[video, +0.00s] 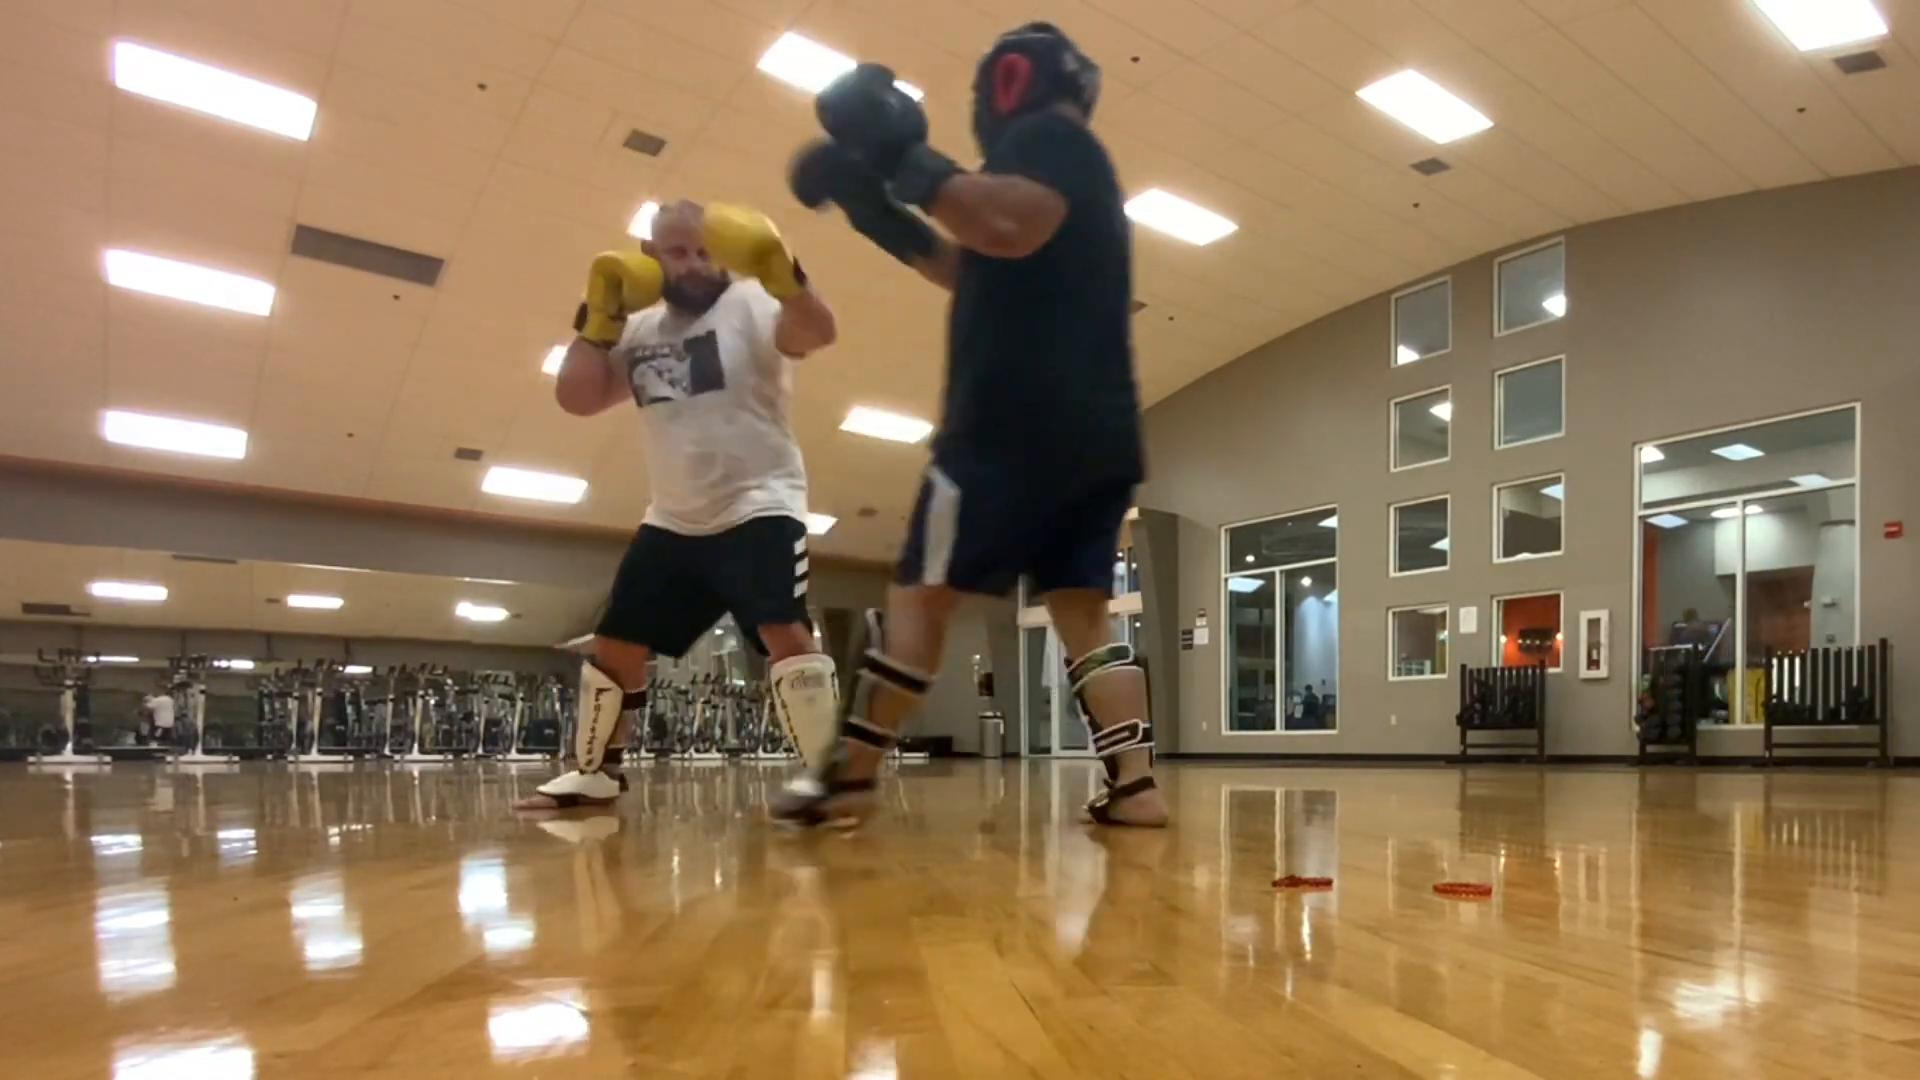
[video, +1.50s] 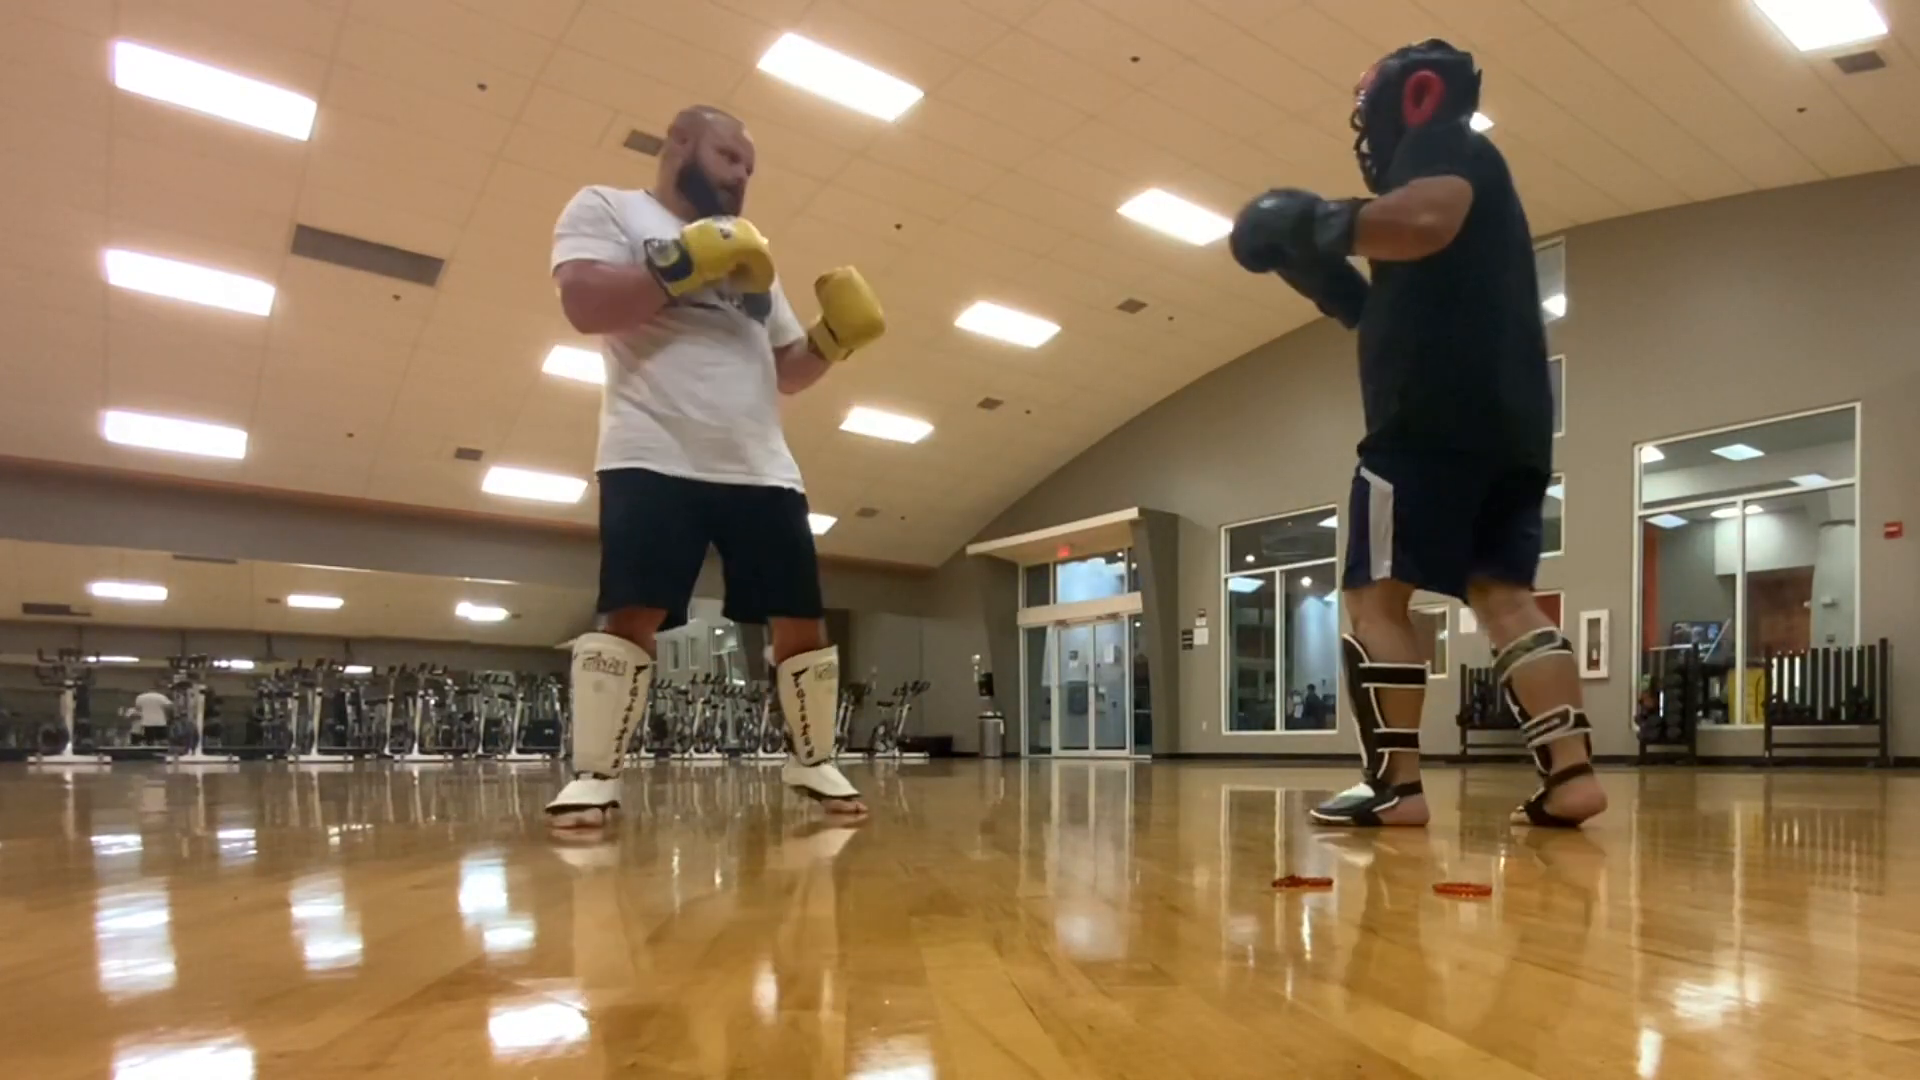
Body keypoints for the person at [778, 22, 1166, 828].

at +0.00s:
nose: (981, 101)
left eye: (987, 85)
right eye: (983, 89)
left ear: (1012, 75)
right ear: (1064, 85)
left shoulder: (1049, 135)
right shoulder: (1070, 171)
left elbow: (1020, 222)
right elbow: (981, 279)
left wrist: (903, 156)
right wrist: (877, 214)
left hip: (1006, 425)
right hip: (1091, 430)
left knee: (922, 594)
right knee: (1080, 604)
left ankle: (850, 779)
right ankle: (1136, 788)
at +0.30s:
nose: (1114, 59)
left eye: (1122, 40)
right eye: (1118, 44)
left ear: (1156, 32)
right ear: (1219, 46)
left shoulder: (1176, 88)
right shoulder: (1259, 136)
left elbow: (1077, 174)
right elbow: (1231, 264)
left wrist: (1026, 135)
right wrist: (1132, 306)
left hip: (1196, 389)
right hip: (1259, 393)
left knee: (1234, 583)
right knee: (1181, 595)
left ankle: (1390, 762)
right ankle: (1144, 790)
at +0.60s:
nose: (1239, 62)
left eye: (1244, 42)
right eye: (1238, 49)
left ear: (1285, 14)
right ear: (1346, 17)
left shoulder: (1317, 45)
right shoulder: (1393, 108)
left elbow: (1238, 146)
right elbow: (1323, 235)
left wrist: (1154, 159)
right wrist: (1213, 204)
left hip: (1334, 351)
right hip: (1404, 359)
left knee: (1374, 564)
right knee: (1330, 569)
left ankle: (1430, 792)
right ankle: (1380, 769)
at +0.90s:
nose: (1345, 49)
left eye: (1358, 31)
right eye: (1349, 36)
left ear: (1399, 27)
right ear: (1447, 37)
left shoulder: (1421, 79)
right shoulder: (1477, 121)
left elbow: (1360, 157)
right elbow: (1390, 259)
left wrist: (1290, 141)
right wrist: (1305, 204)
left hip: (1414, 375)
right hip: (1503, 380)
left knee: (1422, 570)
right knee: (1509, 580)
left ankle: (1430, 792)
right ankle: (1575, 781)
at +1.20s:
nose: (1394, 110)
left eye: (1402, 93)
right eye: (1392, 99)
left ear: (1448, 67)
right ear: (1481, 75)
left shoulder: (1477, 113)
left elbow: (1456, 169)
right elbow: (1469, 296)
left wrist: (1342, 154)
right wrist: (1384, 271)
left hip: (1465, 388)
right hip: (1553, 402)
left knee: (1374, 566)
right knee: (1543, 582)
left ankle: (1415, 763)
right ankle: (1578, 790)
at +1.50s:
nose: (1357, 118)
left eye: (1368, 99)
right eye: (1360, 103)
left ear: (1419, 94)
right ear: (1439, 100)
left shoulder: (1445, 144)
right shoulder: (1479, 183)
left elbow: (1431, 220)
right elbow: (1414, 321)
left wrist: (1314, 222)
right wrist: (1330, 279)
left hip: (1426, 418)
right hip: (1511, 424)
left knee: (1373, 596)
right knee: (1503, 594)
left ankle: (1395, 784)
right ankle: (1571, 773)